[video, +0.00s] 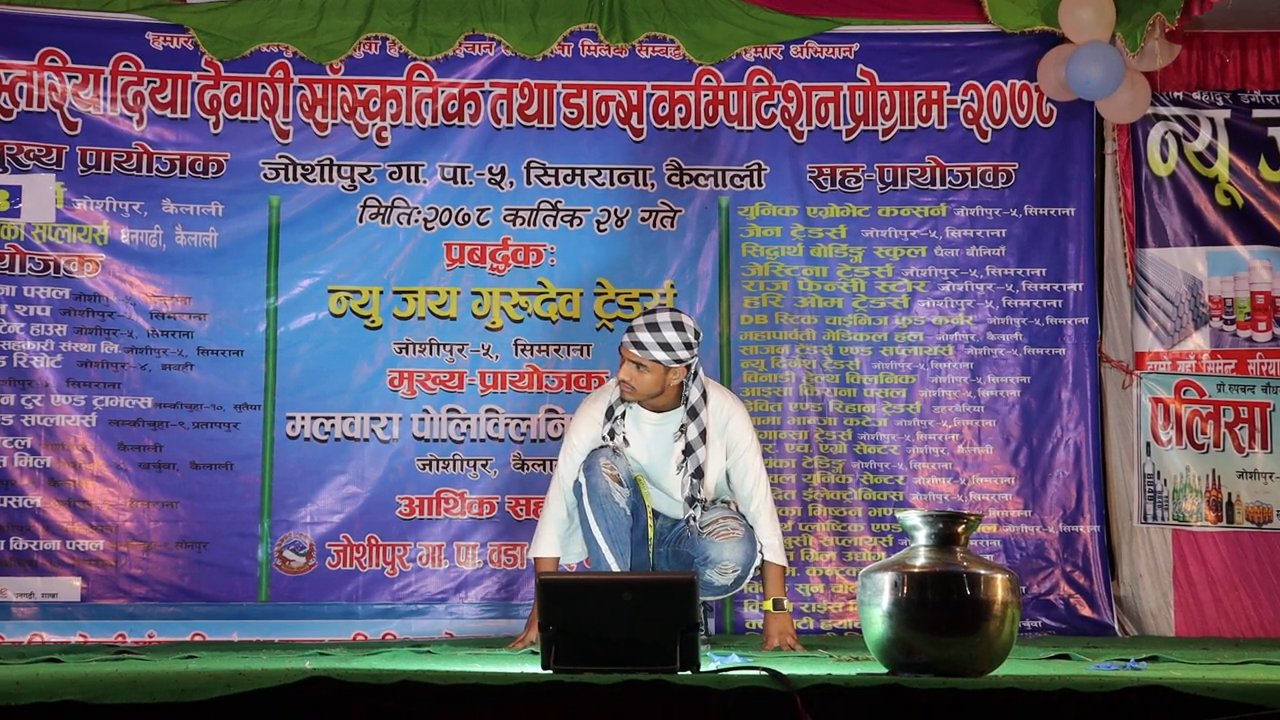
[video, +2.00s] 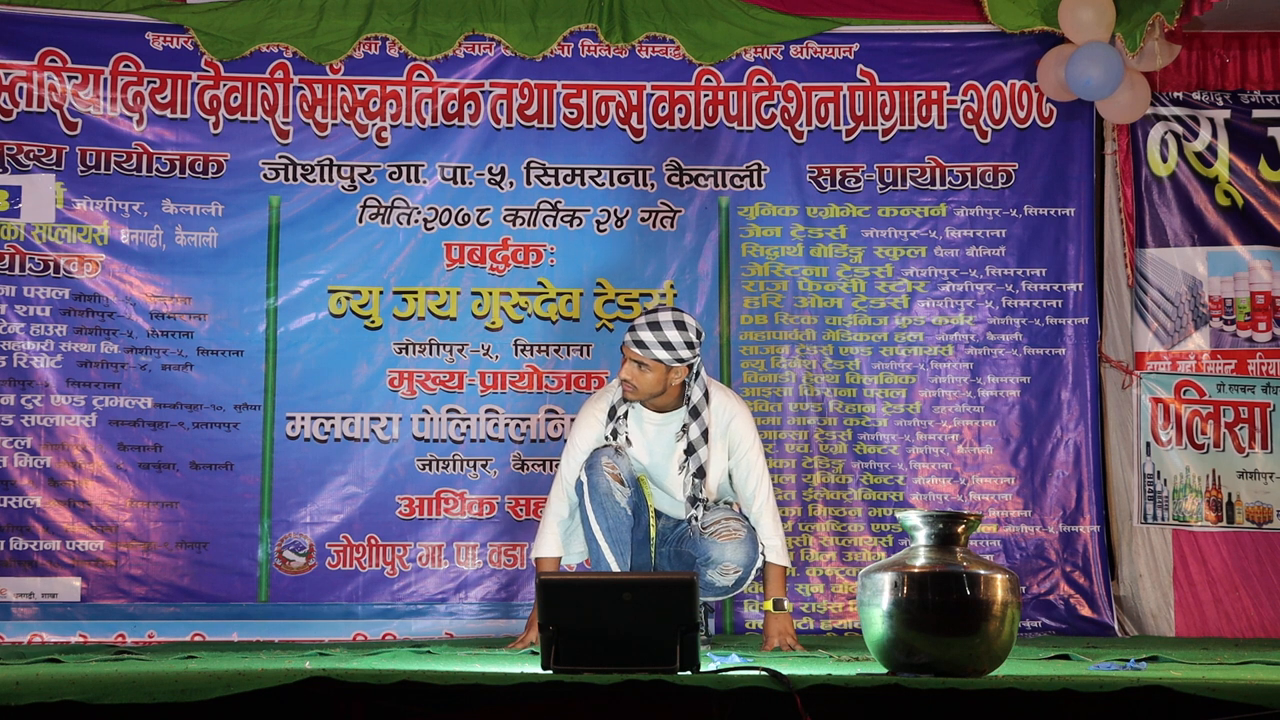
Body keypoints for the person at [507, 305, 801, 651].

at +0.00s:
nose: (622, 375)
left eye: (638, 368)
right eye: (622, 361)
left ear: (677, 374)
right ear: (620, 355)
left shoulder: (725, 413)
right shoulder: (597, 411)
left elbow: (760, 507)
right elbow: (558, 503)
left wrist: (777, 609)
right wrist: (542, 607)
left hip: (692, 539)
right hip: (629, 531)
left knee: (733, 548)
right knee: (601, 463)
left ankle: (687, 610)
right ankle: (621, 607)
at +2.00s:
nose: (624, 374)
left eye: (640, 367)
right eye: (624, 360)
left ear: (679, 373)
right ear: (622, 355)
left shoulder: (728, 414)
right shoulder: (601, 411)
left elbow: (763, 508)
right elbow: (559, 505)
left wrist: (777, 609)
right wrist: (542, 607)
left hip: (692, 540)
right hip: (630, 532)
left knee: (734, 544)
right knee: (604, 462)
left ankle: (689, 610)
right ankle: (619, 606)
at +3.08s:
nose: (627, 347)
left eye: (642, 338)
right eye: (627, 334)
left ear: (680, 350)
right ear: (625, 336)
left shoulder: (728, 409)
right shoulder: (603, 401)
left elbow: (761, 505)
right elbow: (558, 497)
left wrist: (777, 605)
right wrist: (480, 503)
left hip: (693, 536)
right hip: (633, 532)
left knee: (734, 542)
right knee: (604, 461)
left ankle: (681, 614)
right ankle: (623, 607)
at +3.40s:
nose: (629, 346)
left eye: (645, 338)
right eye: (630, 334)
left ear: (682, 350)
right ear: (627, 335)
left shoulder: (727, 410)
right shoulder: (603, 399)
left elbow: (762, 504)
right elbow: (558, 490)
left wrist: (778, 606)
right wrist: (490, 463)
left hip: (695, 533)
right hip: (633, 529)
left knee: (736, 553)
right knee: (604, 463)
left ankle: (679, 609)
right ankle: (627, 606)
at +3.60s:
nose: (628, 348)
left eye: (645, 340)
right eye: (629, 336)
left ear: (681, 353)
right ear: (625, 335)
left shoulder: (727, 410)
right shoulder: (604, 400)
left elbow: (762, 503)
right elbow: (559, 473)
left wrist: (778, 604)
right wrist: (535, 490)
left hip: (697, 537)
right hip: (634, 529)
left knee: (736, 550)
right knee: (601, 461)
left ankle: (684, 610)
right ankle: (619, 603)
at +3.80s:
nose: (640, 365)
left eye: (658, 356)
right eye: (638, 349)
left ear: (693, 360)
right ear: (633, 345)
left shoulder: (729, 412)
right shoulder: (606, 404)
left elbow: (763, 503)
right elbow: (554, 486)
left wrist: (778, 603)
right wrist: (540, 569)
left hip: (693, 542)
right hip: (630, 533)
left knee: (737, 544)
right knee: (603, 462)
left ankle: (692, 609)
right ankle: (622, 603)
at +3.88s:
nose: (657, 379)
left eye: (672, 367)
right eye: (648, 362)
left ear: (697, 363)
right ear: (636, 353)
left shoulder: (728, 412)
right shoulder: (604, 406)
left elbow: (763, 502)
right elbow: (551, 491)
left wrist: (778, 606)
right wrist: (535, 588)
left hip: (693, 541)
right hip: (630, 532)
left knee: (736, 546)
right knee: (603, 462)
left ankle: (690, 610)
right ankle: (622, 604)